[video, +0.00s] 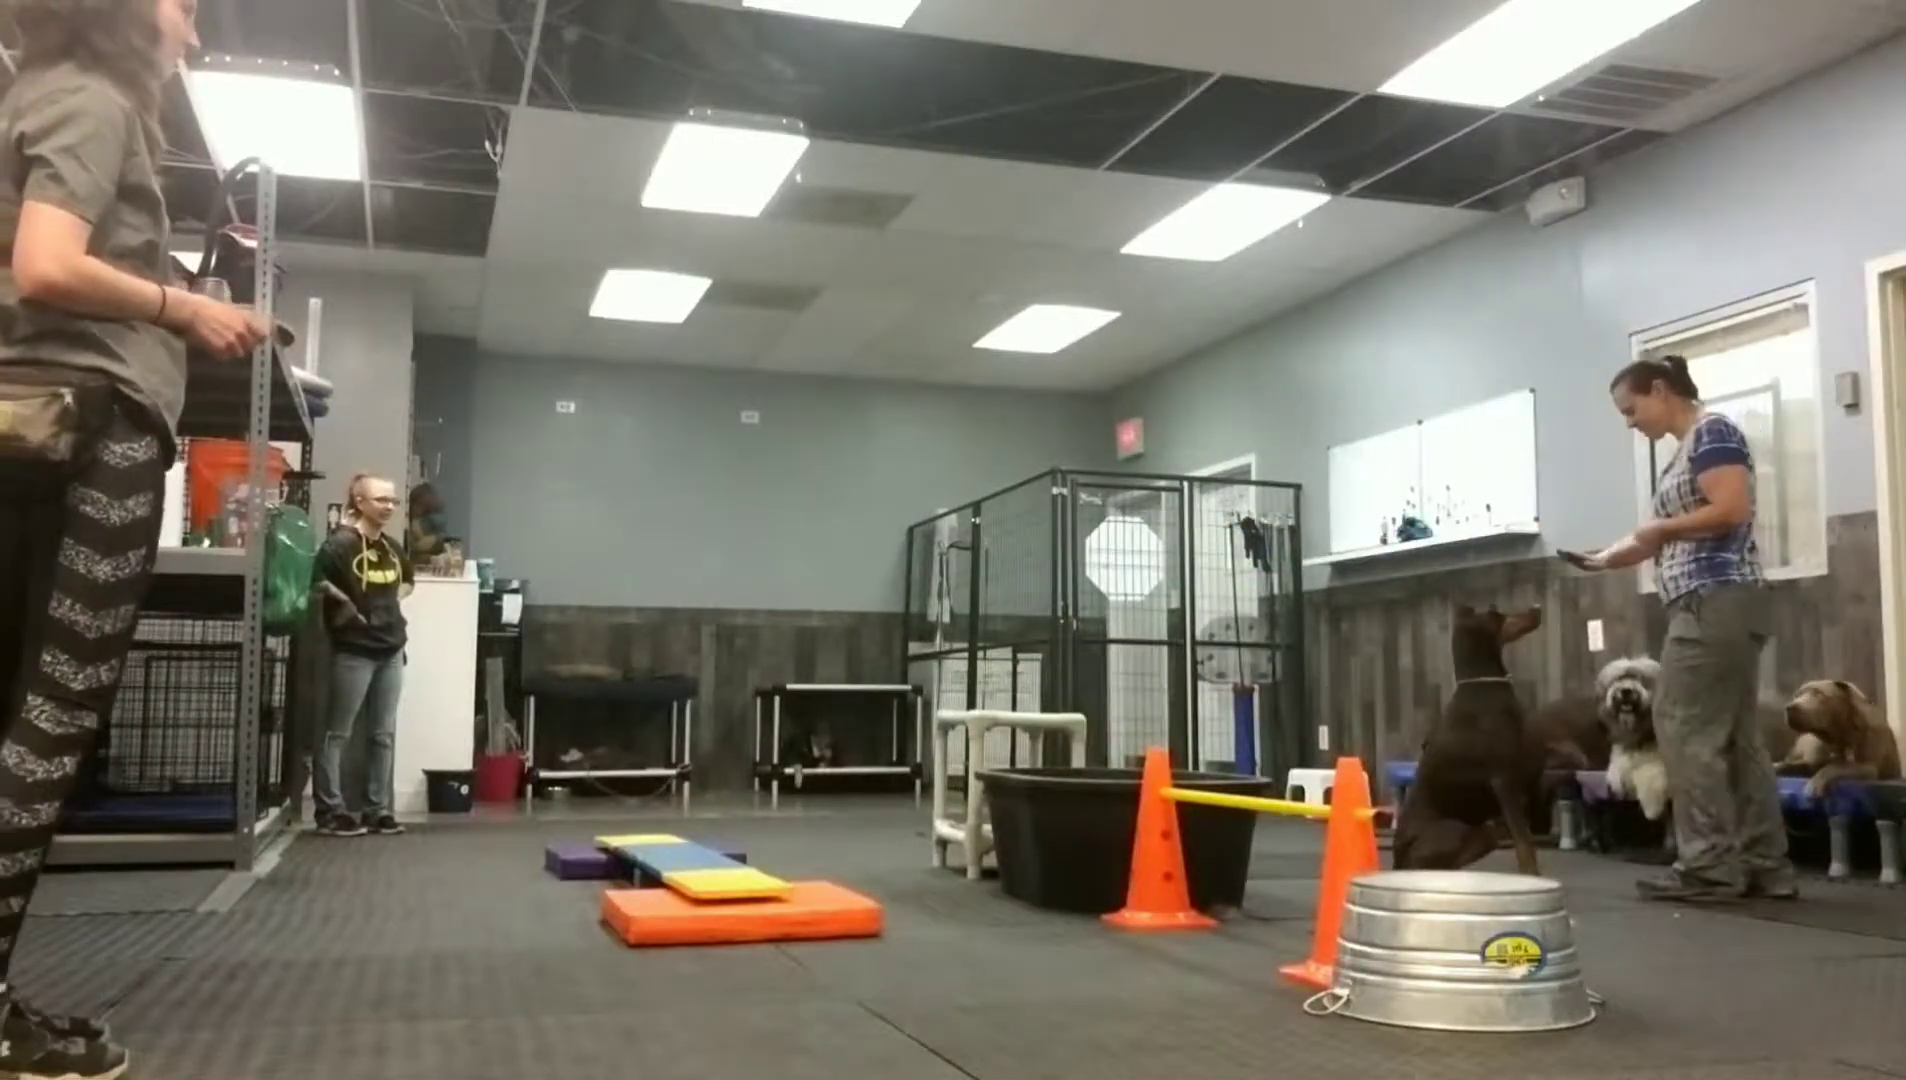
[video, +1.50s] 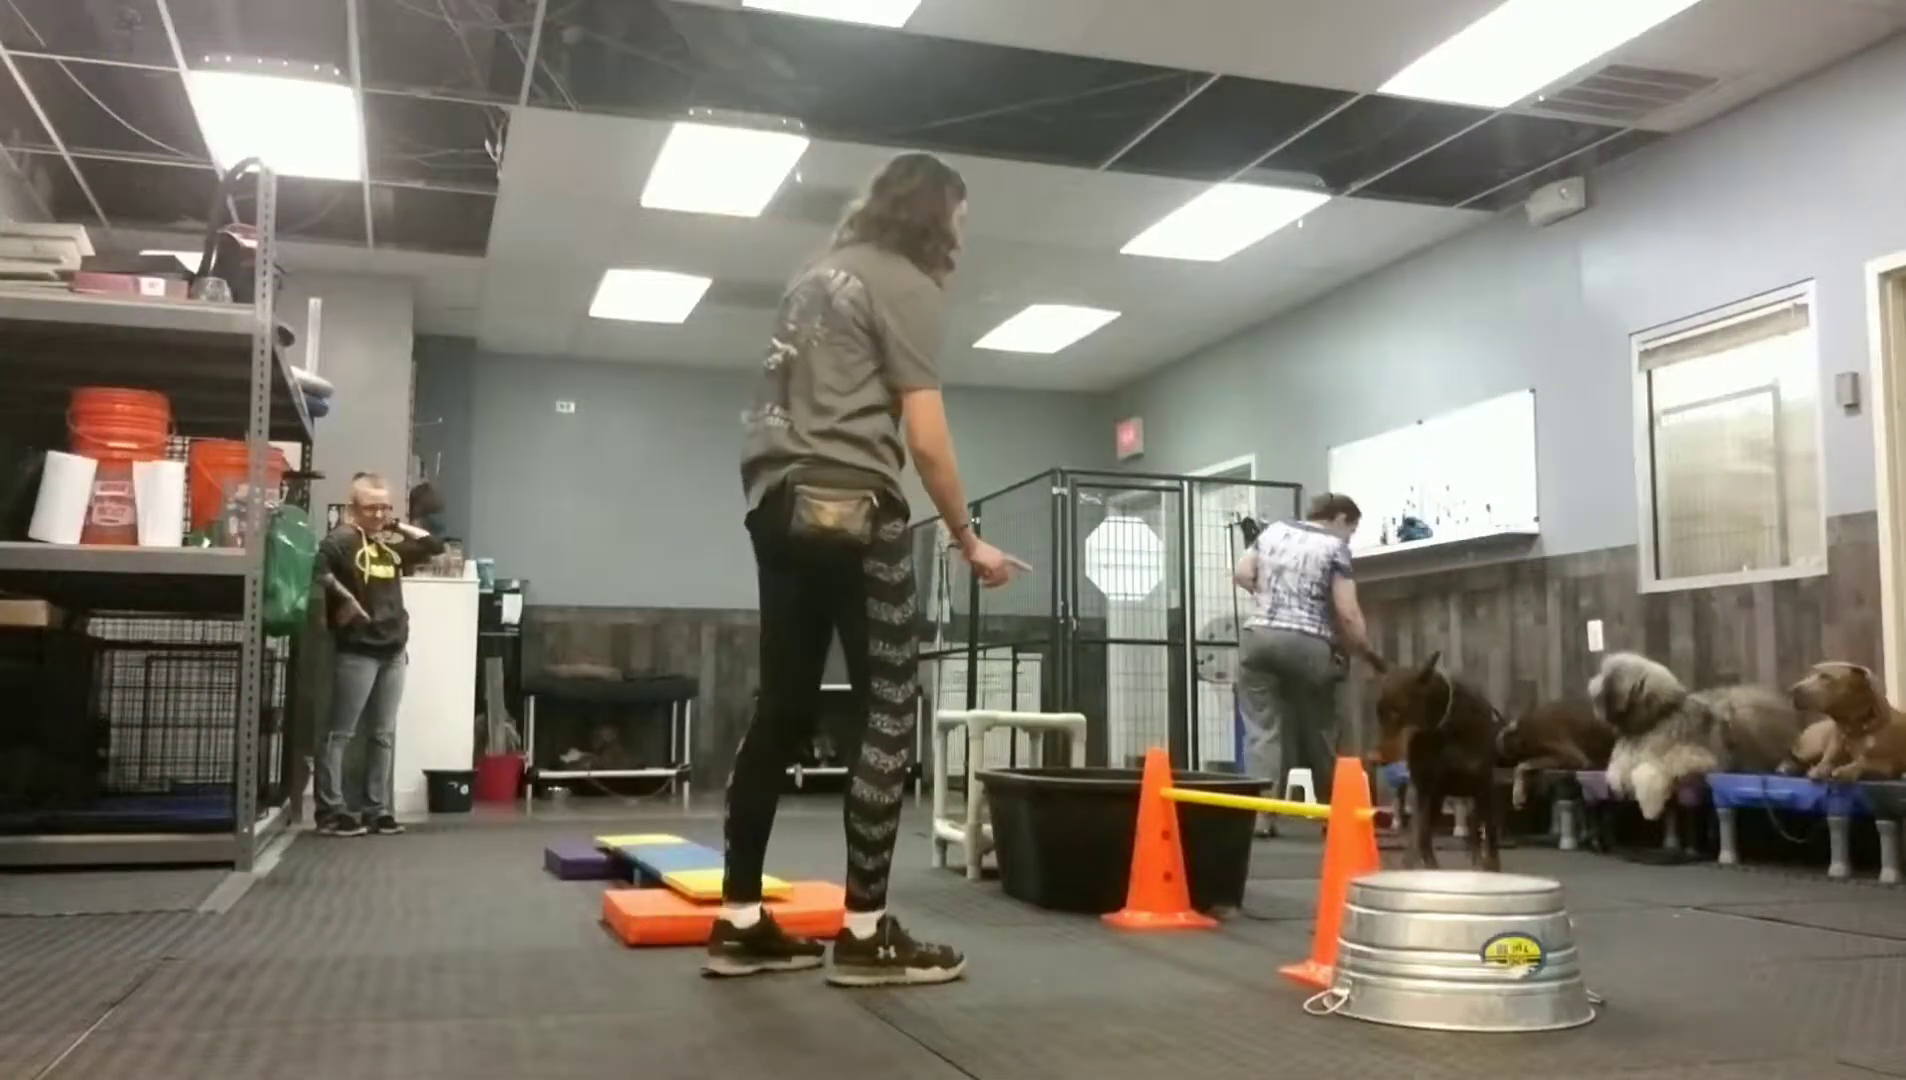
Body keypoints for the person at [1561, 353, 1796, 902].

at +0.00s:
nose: (1633, 426)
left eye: (1632, 412)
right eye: (1628, 417)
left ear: (1659, 391)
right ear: (1658, 397)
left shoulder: (1711, 431)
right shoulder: (1686, 452)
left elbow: (1733, 509)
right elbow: (1662, 537)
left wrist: (1661, 528)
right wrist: (1604, 559)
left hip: (1714, 604)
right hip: (1723, 604)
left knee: (1682, 725)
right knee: (1736, 736)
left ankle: (1708, 863)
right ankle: (1767, 865)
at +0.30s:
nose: (1537, 429)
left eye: (1535, 418)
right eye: (1535, 419)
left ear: (1552, 409)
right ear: (1582, 406)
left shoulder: (1579, 452)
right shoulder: (1623, 452)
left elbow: (1596, 526)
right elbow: (1664, 521)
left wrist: (1546, 539)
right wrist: (1626, 553)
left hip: (1598, 604)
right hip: (1637, 599)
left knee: (1607, 728)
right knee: (1601, 725)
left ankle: (1646, 860)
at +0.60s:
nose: (1436, 449)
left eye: (1435, 439)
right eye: (1434, 440)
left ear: (1446, 431)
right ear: (1480, 432)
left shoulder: (1459, 473)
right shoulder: (1517, 480)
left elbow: (1465, 542)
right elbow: (1555, 540)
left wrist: (1433, 557)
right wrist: (1532, 588)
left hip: (1469, 613)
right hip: (1524, 610)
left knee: (1434, 721)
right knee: (1520, 719)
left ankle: (1443, 812)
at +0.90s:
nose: (1342, 467)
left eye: (1335, 461)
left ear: (1334, 460)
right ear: (1373, 458)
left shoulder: (1321, 499)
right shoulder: (1400, 499)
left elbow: (1307, 558)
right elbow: (1430, 555)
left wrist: (1332, 572)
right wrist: (1417, 596)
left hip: (1338, 616)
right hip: (1393, 613)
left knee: (1350, 722)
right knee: (1384, 719)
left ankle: (1374, 820)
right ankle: (1382, 811)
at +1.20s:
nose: (1329, 491)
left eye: (1324, 485)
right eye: (1329, 485)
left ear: (1293, 485)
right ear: (1327, 485)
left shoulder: (1270, 517)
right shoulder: (1343, 522)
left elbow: (1251, 569)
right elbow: (1365, 577)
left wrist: (1275, 585)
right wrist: (1359, 621)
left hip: (1275, 629)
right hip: (1328, 630)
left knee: (1268, 722)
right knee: (1318, 730)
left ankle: (1247, 812)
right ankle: (1313, 824)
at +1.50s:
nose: (1350, 536)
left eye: (1352, 530)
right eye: (1350, 528)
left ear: (1318, 515)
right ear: (1339, 518)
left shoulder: (1274, 532)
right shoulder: (1336, 547)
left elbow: (1242, 573)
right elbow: (1348, 613)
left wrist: (1273, 592)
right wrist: (1367, 653)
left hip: (1259, 634)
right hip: (1308, 639)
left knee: (1262, 727)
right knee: (1321, 727)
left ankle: (1263, 814)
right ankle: (1333, 811)